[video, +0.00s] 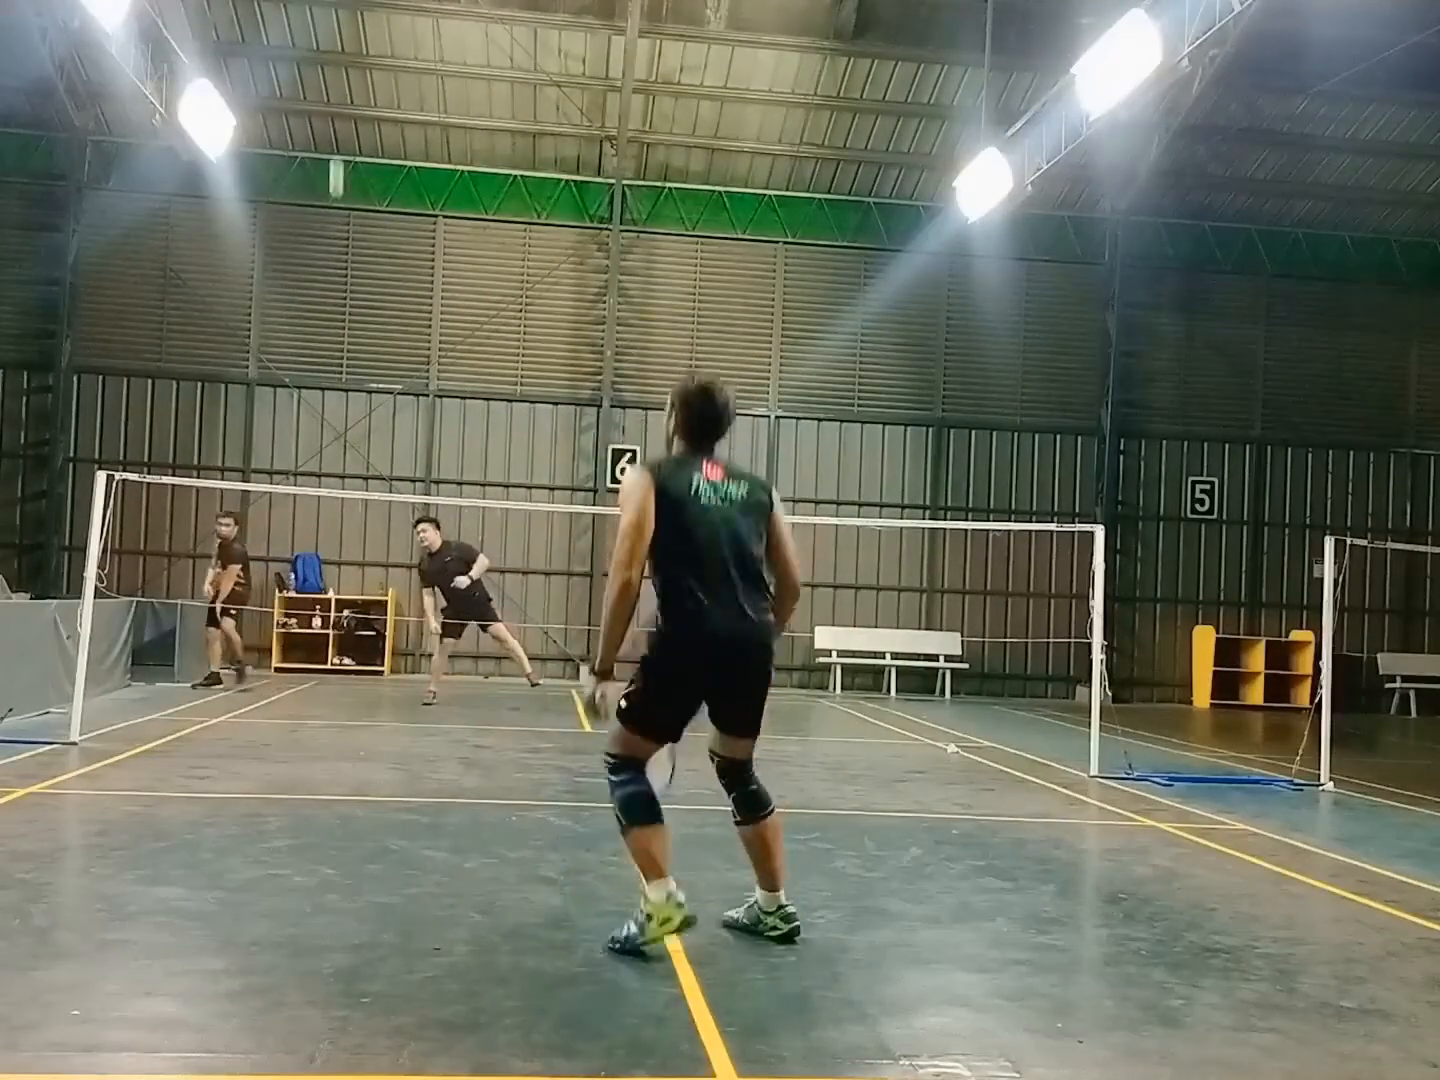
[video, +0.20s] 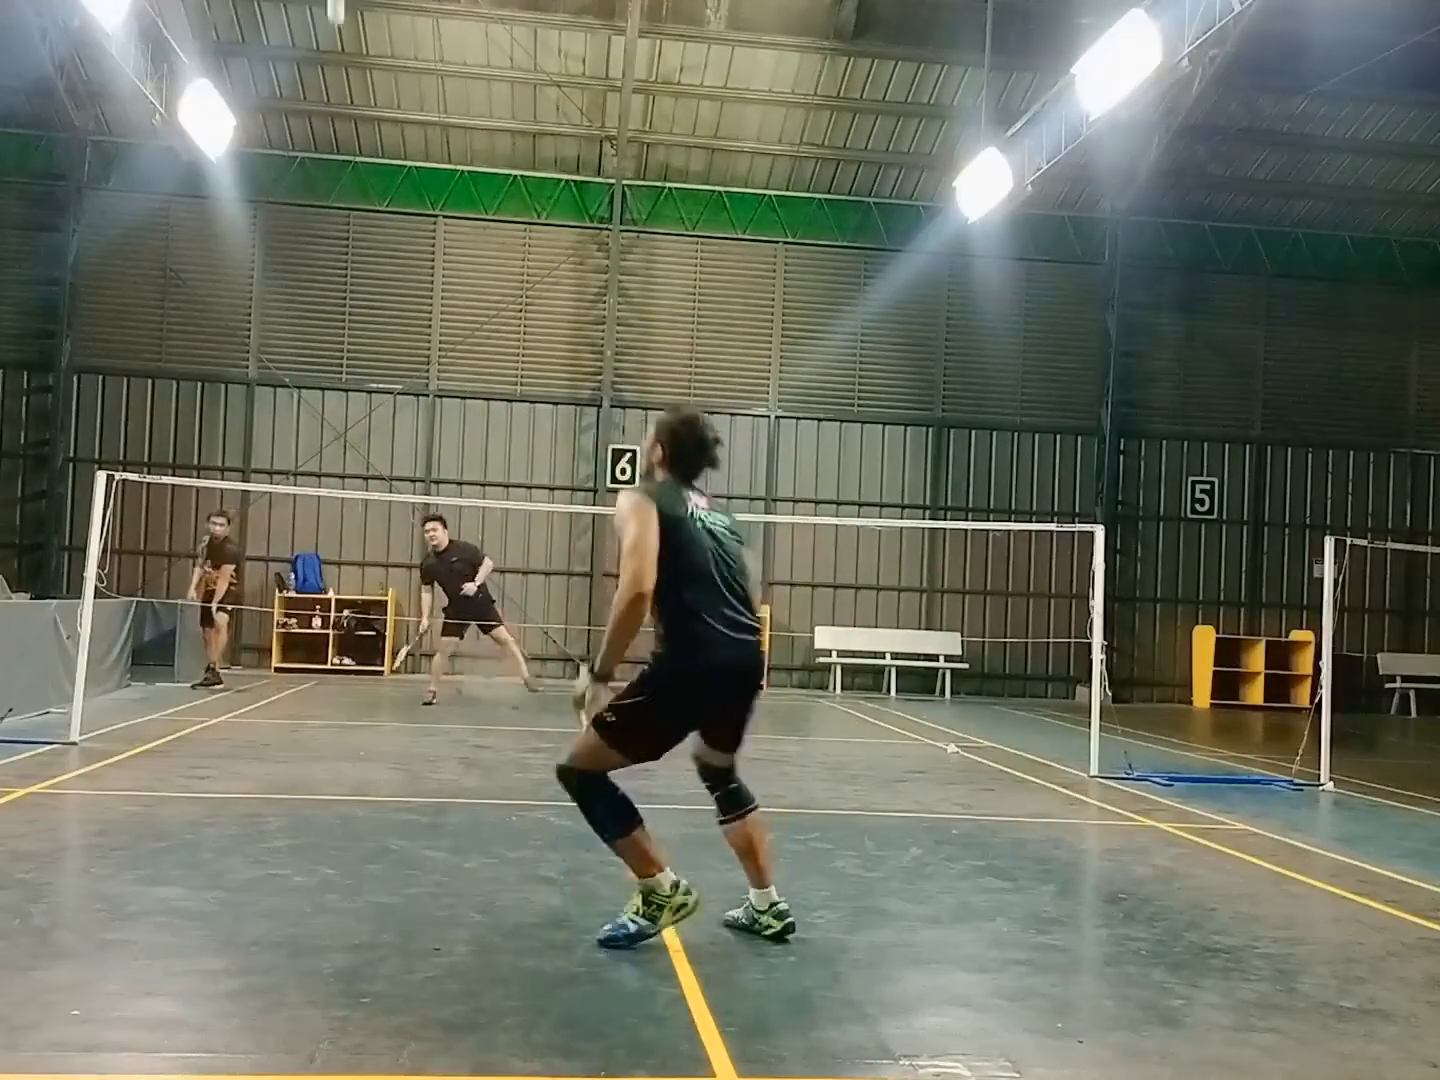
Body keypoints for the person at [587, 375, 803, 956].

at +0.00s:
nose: (669, 424)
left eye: (672, 416)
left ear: (675, 424)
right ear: (723, 429)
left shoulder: (649, 479)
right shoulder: (757, 487)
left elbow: (626, 578)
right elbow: (790, 581)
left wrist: (602, 666)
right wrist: (770, 625)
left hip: (683, 646)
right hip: (751, 648)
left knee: (626, 761)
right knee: (736, 766)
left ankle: (662, 899)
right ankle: (774, 905)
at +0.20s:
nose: (643, 451)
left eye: (647, 444)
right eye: (648, 442)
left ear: (657, 452)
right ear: (698, 461)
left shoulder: (641, 499)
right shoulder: (720, 514)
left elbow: (637, 589)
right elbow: (748, 606)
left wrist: (600, 673)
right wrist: (751, 671)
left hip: (687, 666)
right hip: (744, 665)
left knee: (579, 770)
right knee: (717, 767)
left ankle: (659, 886)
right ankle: (767, 900)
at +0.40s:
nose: (604, 376)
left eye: (615, 371)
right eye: (611, 369)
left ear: (634, 393)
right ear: (631, 396)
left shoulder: (667, 464)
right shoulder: (613, 463)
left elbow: (681, 569)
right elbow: (590, 559)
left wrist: (610, 639)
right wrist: (534, 598)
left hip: (658, 637)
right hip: (618, 632)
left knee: (607, 785)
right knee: (602, 764)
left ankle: (642, 896)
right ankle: (695, 847)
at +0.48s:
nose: (595, 358)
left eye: (609, 352)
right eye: (604, 349)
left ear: (629, 376)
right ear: (621, 378)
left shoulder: (670, 456)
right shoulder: (582, 447)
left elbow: (689, 561)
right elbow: (519, 496)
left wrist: (622, 640)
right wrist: (483, 531)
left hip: (646, 633)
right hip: (584, 624)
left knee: (621, 776)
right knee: (555, 765)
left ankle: (642, 892)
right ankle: (618, 856)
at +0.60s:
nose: (577, 340)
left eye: (591, 335)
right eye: (585, 331)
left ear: (616, 358)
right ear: (603, 355)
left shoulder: (654, 440)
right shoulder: (545, 396)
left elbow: (690, 543)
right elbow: (472, 369)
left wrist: (656, 631)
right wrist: (405, 365)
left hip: (619, 625)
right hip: (547, 616)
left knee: (628, 775)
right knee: (500, 762)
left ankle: (633, 879)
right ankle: (502, 895)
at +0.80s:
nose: (510, 358)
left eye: (528, 353)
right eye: (516, 350)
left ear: (563, 380)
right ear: (522, 377)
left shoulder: (597, 471)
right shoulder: (475, 421)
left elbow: (647, 557)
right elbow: (411, 345)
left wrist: (688, 629)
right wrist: (388, 256)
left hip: (548, 662)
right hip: (461, 651)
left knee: (570, 821)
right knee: (424, 812)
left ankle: (566, 883)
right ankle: (397, 964)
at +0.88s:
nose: (500, 337)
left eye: (516, 333)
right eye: (505, 330)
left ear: (547, 361)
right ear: (509, 357)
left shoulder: (582, 454)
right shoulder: (454, 412)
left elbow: (629, 559)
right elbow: (354, 381)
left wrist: (669, 661)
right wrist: (342, 281)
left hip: (532, 651)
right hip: (444, 642)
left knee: (542, 827)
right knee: (414, 810)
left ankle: (554, 879)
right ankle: (394, 959)